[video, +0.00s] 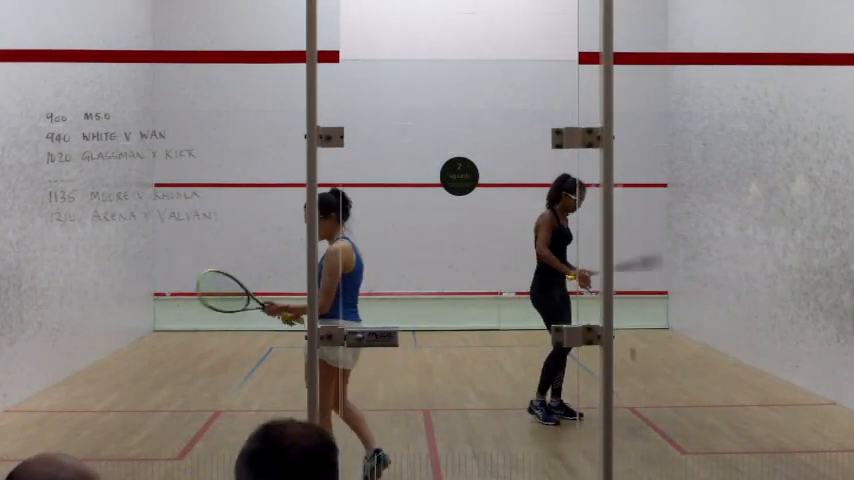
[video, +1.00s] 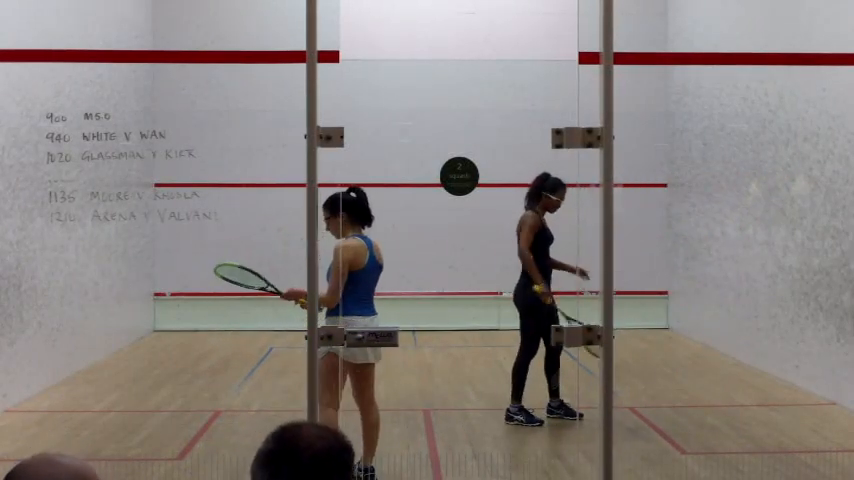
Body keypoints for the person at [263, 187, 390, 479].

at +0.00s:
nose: (311, 226)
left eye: (314, 219)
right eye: (310, 219)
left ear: (330, 217)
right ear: (337, 218)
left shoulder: (336, 252)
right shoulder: (348, 248)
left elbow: (323, 304)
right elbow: (334, 303)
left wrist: (284, 308)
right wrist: (299, 313)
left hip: (333, 338)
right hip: (349, 336)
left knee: (321, 406)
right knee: (340, 401)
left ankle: (319, 463)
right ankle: (374, 452)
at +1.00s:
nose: (326, 226)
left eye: (328, 219)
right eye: (325, 220)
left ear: (342, 217)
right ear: (354, 217)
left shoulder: (343, 249)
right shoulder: (373, 247)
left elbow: (331, 298)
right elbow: (362, 295)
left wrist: (302, 295)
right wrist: (316, 302)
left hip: (339, 331)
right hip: (367, 329)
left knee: (328, 402)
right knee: (366, 400)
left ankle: (327, 466)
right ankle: (367, 466)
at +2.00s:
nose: (329, 225)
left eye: (330, 219)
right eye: (329, 219)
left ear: (342, 217)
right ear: (359, 217)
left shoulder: (340, 250)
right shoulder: (377, 250)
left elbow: (323, 298)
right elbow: (363, 294)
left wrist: (300, 294)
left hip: (339, 332)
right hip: (370, 331)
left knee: (328, 404)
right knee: (368, 401)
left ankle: (327, 467)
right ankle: (367, 466)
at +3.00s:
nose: (323, 220)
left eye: (329, 214)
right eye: (321, 214)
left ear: (347, 215)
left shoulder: (347, 248)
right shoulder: (352, 245)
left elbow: (335, 297)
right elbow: (337, 296)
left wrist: (299, 296)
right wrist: (310, 307)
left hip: (340, 327)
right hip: (354, 326)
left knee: (327, 397)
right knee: (356, 394)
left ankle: (323, 456)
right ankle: (368, 454)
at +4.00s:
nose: (304, 256)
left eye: (304, 250)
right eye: (334, 238)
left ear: (305, 248)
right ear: (332, 241)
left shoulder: (320, 270)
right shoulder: (354, 261)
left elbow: (334, 318)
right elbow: (355, 309)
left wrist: (324, 341)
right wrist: (327, 335)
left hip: (364, 340)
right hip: (391, 335)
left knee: (328, 402)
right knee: (373, 397)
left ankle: (329, 465)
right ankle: (384, 461)